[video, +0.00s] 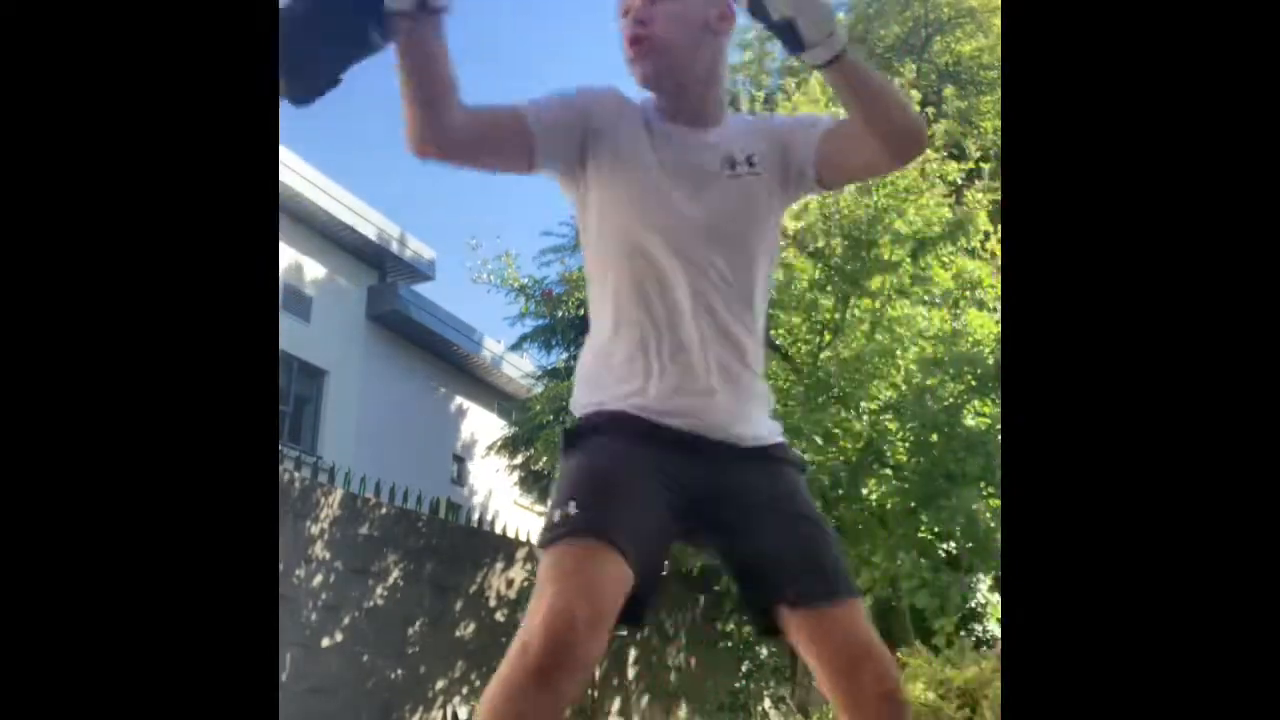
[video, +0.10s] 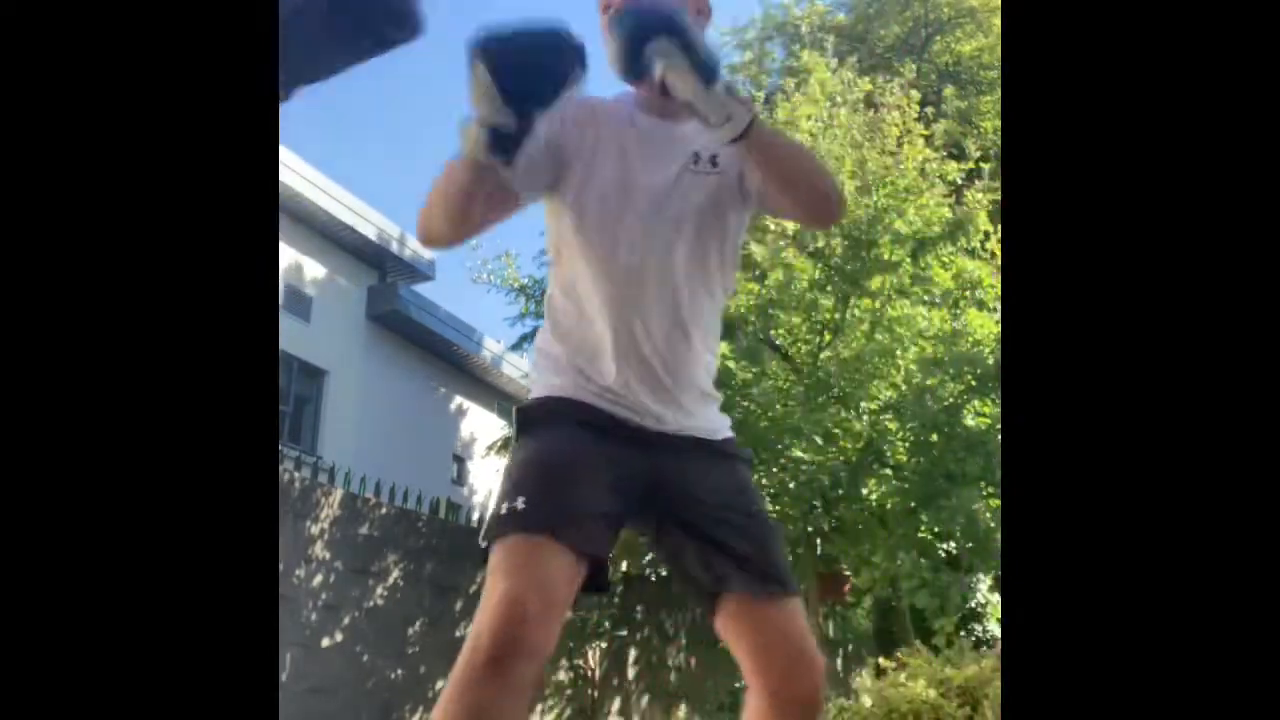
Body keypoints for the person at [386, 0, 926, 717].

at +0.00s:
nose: (632, 17)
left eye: (655, 0)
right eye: (627, 7)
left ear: (721, 17)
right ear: (621, 29)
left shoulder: (772, 144)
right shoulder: (599, 121)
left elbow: (900, 139)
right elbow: (438, 133)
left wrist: (819, 40)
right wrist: (416, 17)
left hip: (747, 441)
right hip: (624, 427)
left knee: (868, 677)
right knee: (558, 641)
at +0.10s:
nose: (644, 20)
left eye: (667, 7)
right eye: (624, 9)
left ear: (705, 19)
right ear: (605, 24)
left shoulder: (737, 142)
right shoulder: (576, 117)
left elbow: (825, 206)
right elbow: (439, 228)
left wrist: (721, 103)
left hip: (695, 431)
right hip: (577, 408)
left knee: (794, 679)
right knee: (510, 636)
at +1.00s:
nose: (480, 21)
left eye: (504, 10)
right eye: (469, 12)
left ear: (550, 47)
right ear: (455, 40)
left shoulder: (552, 184)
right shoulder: (406, 117)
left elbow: (666, 289)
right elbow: (282, 187)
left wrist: (605, 207)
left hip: (460, 423)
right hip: (366, 385)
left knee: (493, 665)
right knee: (351, 623)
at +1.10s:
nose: (494, 58)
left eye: (516, 47)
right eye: (481, 49)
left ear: (553, 80)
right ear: (465, 73)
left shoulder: (547, 209)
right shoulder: (408, 137)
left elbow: (596, 322)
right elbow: (292, 234)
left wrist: (525, 223)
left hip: (450, 432)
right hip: (361, 387)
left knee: (449, 679)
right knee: (345, 622)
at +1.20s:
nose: (502, 117)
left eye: (522, 105)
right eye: (489, 108)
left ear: (556, 136)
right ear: (470, 125)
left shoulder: (544, 252)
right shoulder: (404, 174)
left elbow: (549, 340)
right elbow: (293, 271)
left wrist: (481, 225)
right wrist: (371, 318)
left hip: (442, 458)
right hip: (354, 406)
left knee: (437, 694)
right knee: (328, 638)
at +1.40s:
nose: (500, 130)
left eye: (520, 123)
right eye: (489, 121)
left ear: (549, 157)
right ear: (469, 140)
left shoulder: (535, 268)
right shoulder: (404, 181)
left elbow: (527, 346)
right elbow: (293, 260)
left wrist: (476, 232)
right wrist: (352, 308)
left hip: (430, 455)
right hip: (341, 396)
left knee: (417, 694)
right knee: (304, 619)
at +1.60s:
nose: (466, 97)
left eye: (486, 86)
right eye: (453, 86)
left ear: (522, 115)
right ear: (437, 104)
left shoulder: (517, 238)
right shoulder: (369, 175)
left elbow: (528, 343)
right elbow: (279, 267)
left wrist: (465, 228)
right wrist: (319, 314)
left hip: (426, 455)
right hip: (328, 412)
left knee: (418, 692)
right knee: (303, 634)